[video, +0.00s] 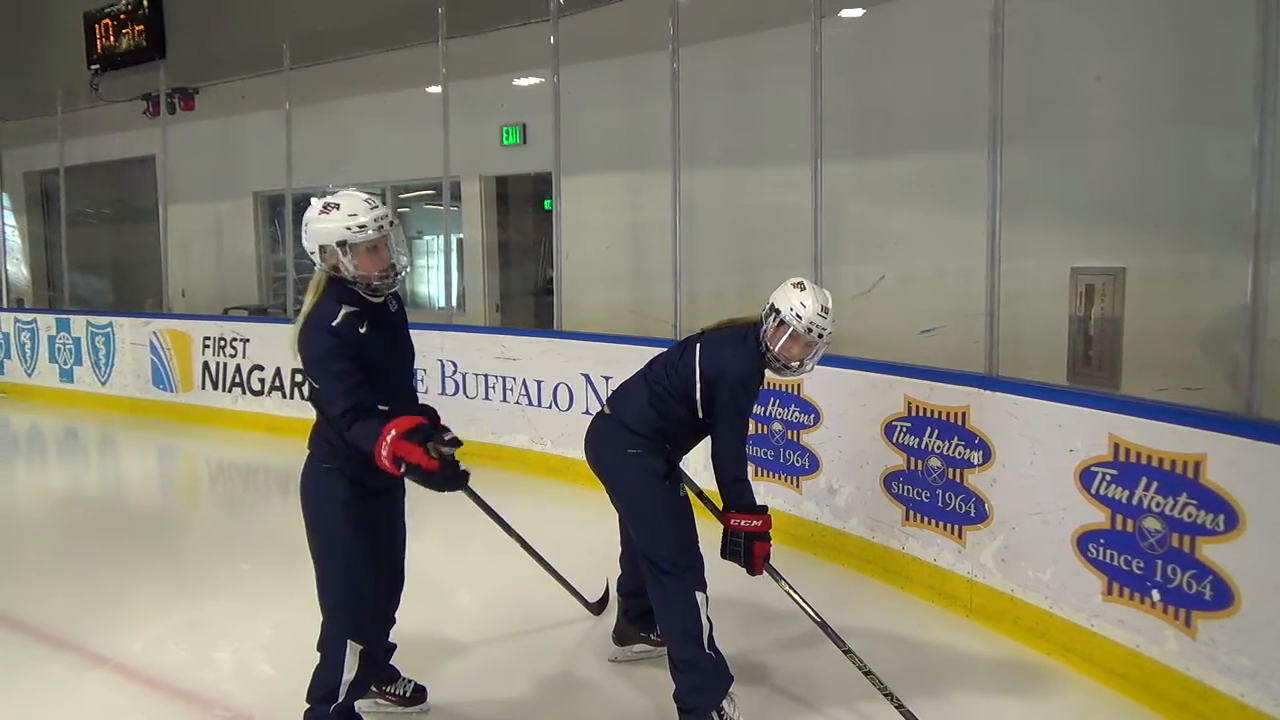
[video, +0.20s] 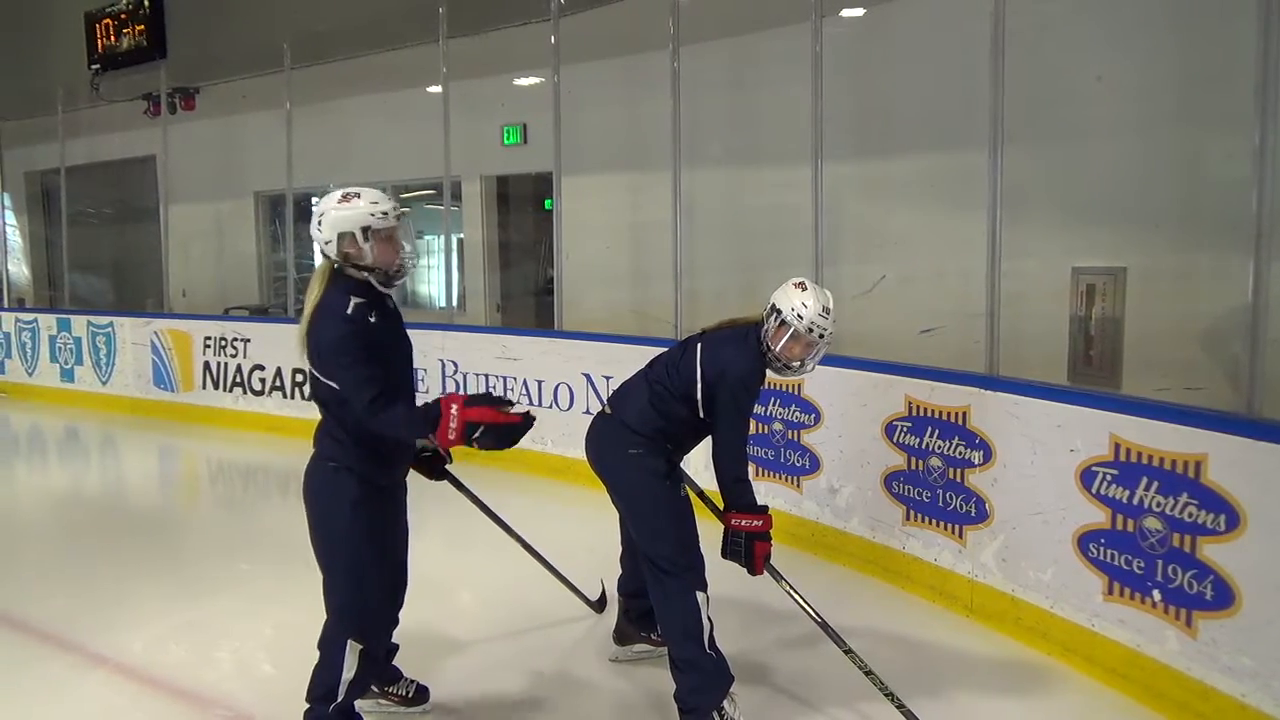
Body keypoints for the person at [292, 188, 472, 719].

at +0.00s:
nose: (383, 257)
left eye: (385, 244)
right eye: (368, 249)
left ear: (392, 243)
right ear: (336, 259)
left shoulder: (385, 302)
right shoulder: (326, 322)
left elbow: (399, 390)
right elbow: (349, 413)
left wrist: (431, 430)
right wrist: (404, 451)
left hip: (382, 471)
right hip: (338, 476)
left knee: (385, 580)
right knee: (347, 595)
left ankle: (374, 672)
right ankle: (327, 706)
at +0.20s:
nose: (398, 249)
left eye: (397, 237)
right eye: (385, 239)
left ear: (380, 243)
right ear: (350, 247)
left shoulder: (373, 301)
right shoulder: (339, 315)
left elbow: (383, 392)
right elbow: (365, 407)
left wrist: (411, 446)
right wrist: (435, 421)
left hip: (379, 470)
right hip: (345, 476)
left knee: (387, 581)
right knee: (354, 596)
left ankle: (374, 673)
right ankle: (326, 704)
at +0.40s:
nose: (407, 241)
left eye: (404, 230)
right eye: (395, 231)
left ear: (370, 239)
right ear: (363, 236)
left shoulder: (361, 295)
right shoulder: (359, 304)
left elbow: (359, 392)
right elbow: (406, 394)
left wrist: (404, 450)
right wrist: (473, 399)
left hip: (375, 468)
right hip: (351, 472)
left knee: (388, 579)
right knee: (352, 594)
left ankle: (375, 672)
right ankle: (325, 705)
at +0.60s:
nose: (410, 242)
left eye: (409, 232)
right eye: (399, 232)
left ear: (373, 240)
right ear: (368, 239)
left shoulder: (359, 291)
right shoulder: (372, 297)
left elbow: (367, 393)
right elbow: (413, 385)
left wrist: (398, 464)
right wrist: (462, 398)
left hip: (370, 468)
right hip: (357, 473)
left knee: (390, 579)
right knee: (353, 594)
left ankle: (377, 668)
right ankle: (328, 705)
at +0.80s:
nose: (407, 244)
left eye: (409, 234)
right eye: (394, 234)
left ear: (412, 239)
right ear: (364, 242)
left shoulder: (366, 294)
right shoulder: (369, 298)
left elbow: (365, 394)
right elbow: (407, 386)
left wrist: (399, 463)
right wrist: (455, 400)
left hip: (374, 468)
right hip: (355, 472)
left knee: (391, 579)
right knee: (353, 595)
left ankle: (378, 670)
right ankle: (329, 707)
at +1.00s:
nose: (403, 245)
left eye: (406, 235)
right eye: (391, 235)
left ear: (407, 239)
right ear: (360, 241)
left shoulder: (363, 295)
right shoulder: (363, 299)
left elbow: (367, 394)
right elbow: (401, 388)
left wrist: (401, 460)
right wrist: (452, 401)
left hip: (373, 468)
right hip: (352, 472)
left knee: (390, 578)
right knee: (351, 594)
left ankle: (377, 668)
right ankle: (327, 707)